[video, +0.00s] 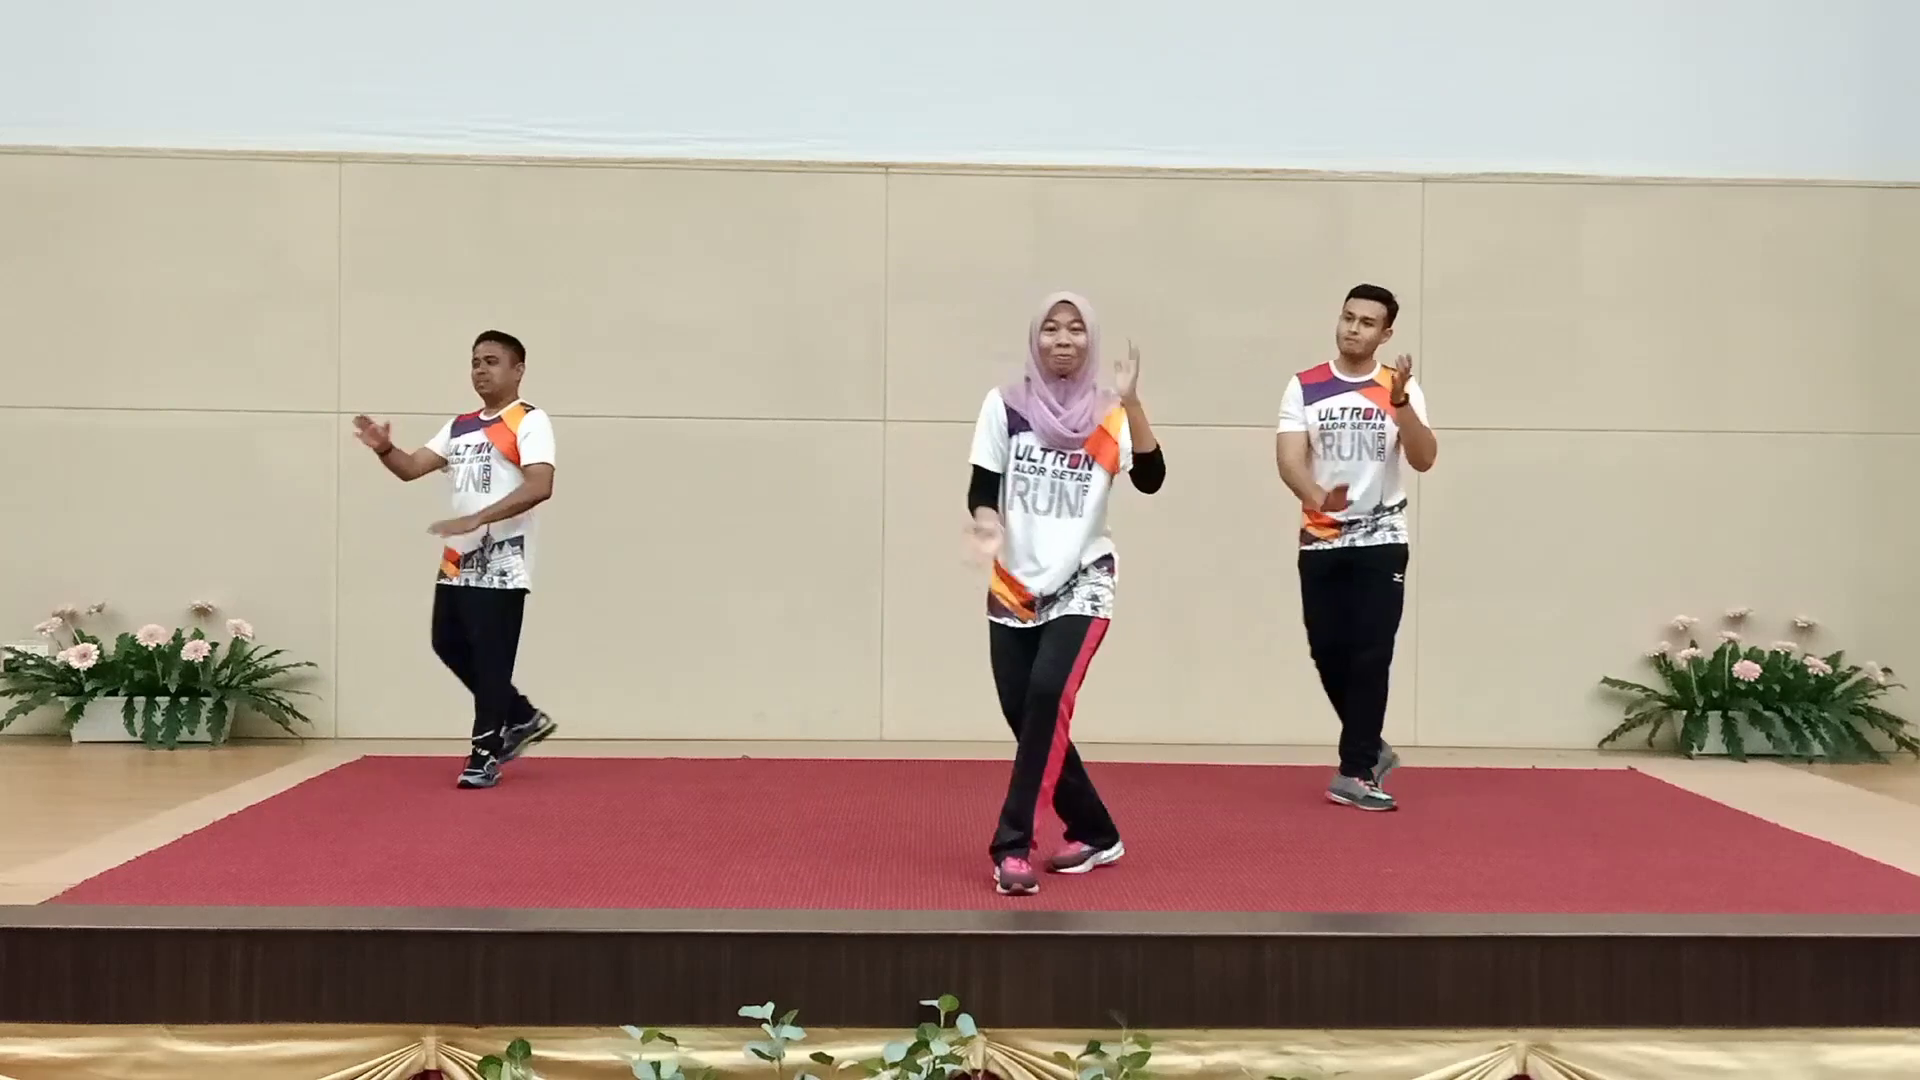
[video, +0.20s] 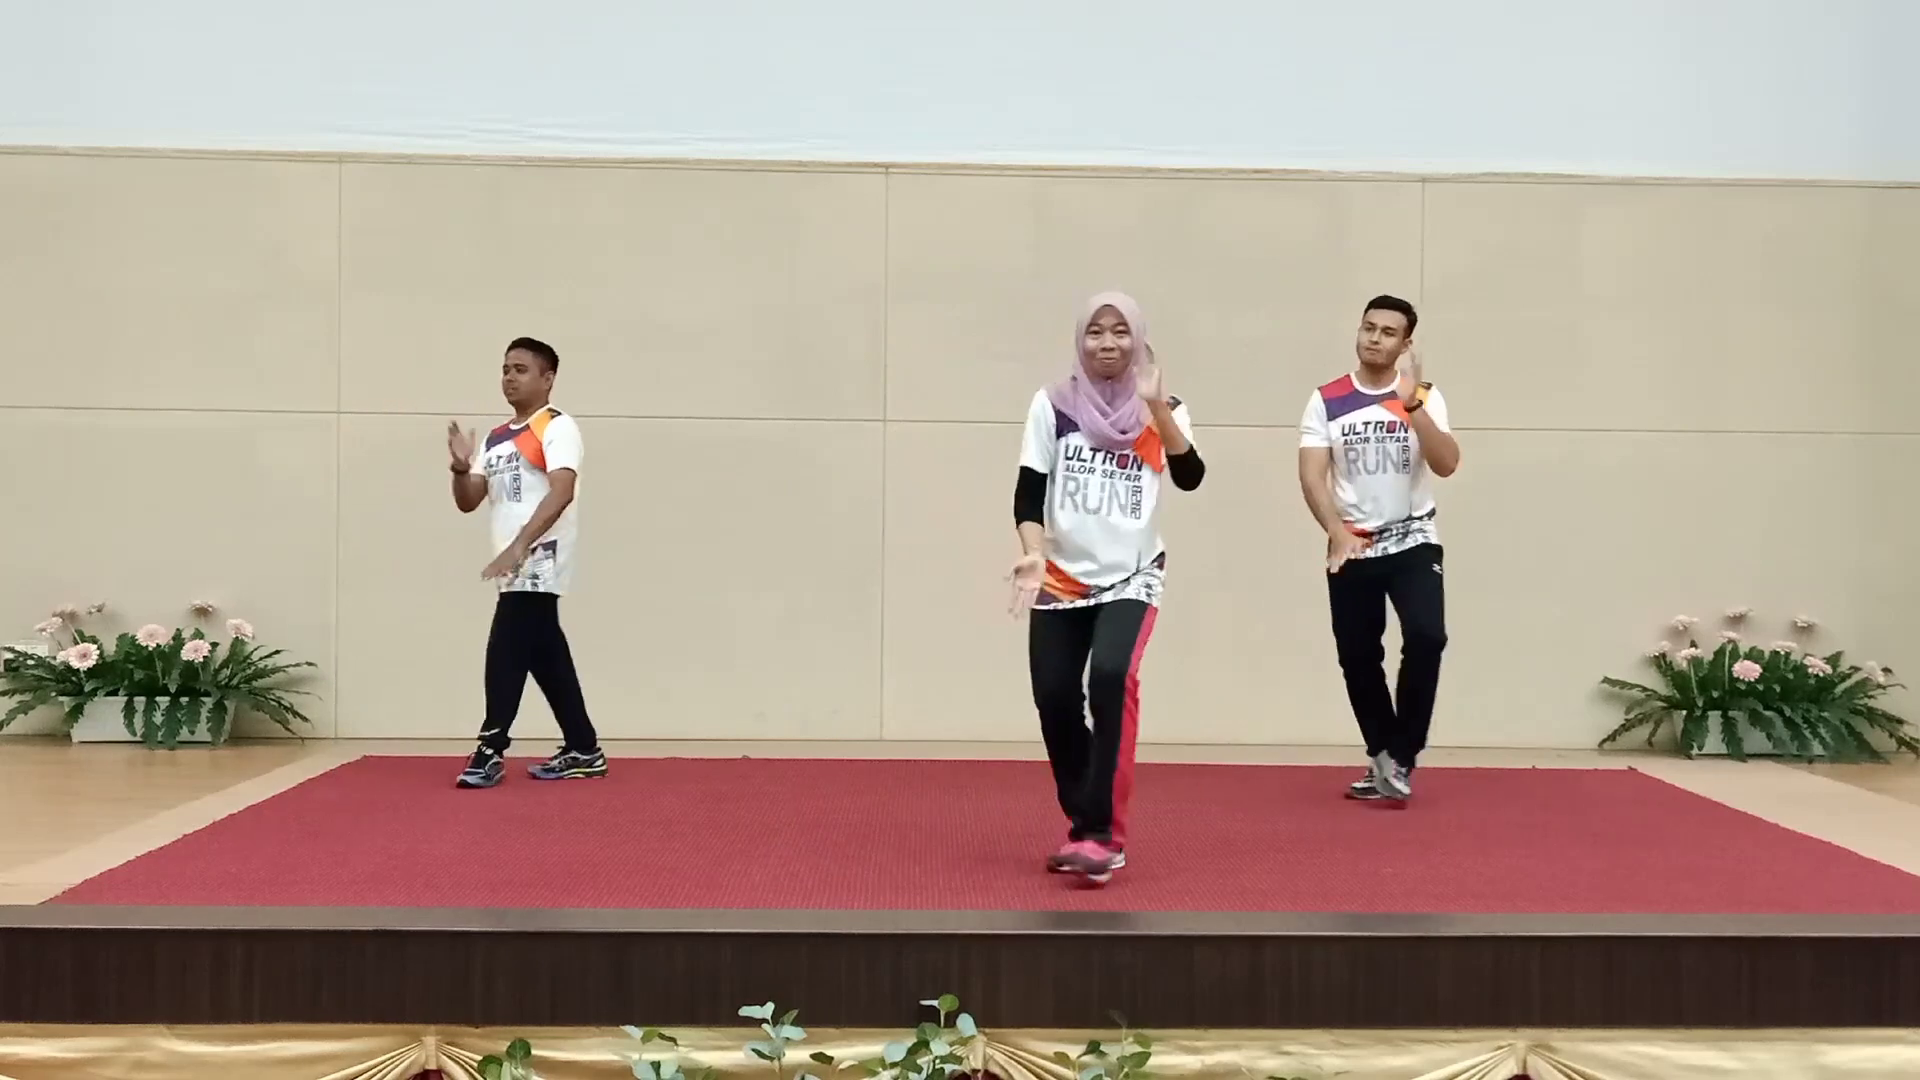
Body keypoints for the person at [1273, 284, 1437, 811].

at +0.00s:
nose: (1355, 329)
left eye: (1368, 322)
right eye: (1349, 318)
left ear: (1385, 333)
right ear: (1337, 322)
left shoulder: (1401, 389)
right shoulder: (1305, 386)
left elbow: (1423, 459)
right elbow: (1290, 460)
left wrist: (1400, 401)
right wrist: (1315, 495)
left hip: (1379, 539)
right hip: (1321, 542)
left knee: (1369, 658)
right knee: (1329, 656)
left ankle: (1352, 775)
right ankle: (1373, 749)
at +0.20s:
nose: (1375, 339)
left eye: (1388, 332)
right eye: (1369, 329)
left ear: (1406, 343)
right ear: (1357, 334)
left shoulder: (1423, 398)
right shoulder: (1326, 400)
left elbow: (1446, 463)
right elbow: (1312, 478)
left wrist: (1414, 407)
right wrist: (1336, 529)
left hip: (1412, 542)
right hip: (1352, 548)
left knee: (1427, 639)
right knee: (1358, 657)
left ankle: (1401, 759)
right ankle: (1383, 764)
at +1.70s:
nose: (1453, 335)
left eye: (1466, 326)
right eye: (1450, 327)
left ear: (1497, 333)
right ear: (1448, 335)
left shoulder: (1524, 393)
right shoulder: (1427, 394)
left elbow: (1535, 469)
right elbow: (1393, 469)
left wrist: (1506, 411)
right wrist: (1412, 460)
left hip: (1501, 552)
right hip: (1434, 550)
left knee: (1523, 664)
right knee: (1400, 654)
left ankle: (1548, 777)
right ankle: (1371, 769)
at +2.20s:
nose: (1354, 335)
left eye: (1364, 327)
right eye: (1351, 328)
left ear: (1396, 332)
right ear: (1355, 335)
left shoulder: (1433, 393)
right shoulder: (1336, 397)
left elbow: (1439, 473)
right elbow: (1311, 470)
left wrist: (1404, 537)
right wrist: (1284, 540)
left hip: (1409, 549)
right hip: (1350, 547)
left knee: (1393, 660)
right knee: (1354, 658)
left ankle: (1364, 755)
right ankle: (1361, 771)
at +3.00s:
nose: (1272, 336)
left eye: (1282, 328)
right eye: (1273, 328)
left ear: (1313, 333)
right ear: (1295, 335)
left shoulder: (1353, 396)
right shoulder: (1262, 396)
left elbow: (1366, 480)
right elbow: (1245, 472)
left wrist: (1359, 552)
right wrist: (1237, 541)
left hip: (1332, 550)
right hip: (1271, 548)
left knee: (1343, 658)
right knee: (1271, 658)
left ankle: (1357, 763)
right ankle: (1271, 760)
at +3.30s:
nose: (1253, 337)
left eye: (1263, 330)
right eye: (1254, 330)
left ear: (1294, 336)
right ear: (1270, 337)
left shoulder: (1331, 396)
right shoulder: (1244, 398)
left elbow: (1323, 478)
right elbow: (1227, 475)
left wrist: (1283, 537)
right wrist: (1211, 546)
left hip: (1308, 545)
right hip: (1251, 546)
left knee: (1323, 652)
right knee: (1260, 657)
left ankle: (1353, 762)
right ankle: (1272, 761)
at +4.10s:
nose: (1239, 344)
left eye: (1248, 335)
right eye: (1236, 336)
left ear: (1280, 337)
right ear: (1237, 342)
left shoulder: (1321, 397)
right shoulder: (1227, 402)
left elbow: (1338, 477)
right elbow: (1218, 484)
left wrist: (1337, 547)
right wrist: (1214, 552)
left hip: (1309, 549)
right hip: (1249, 551)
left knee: (1329, 656)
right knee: (1258, 661)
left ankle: (1355, 761)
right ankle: (1271, 760)